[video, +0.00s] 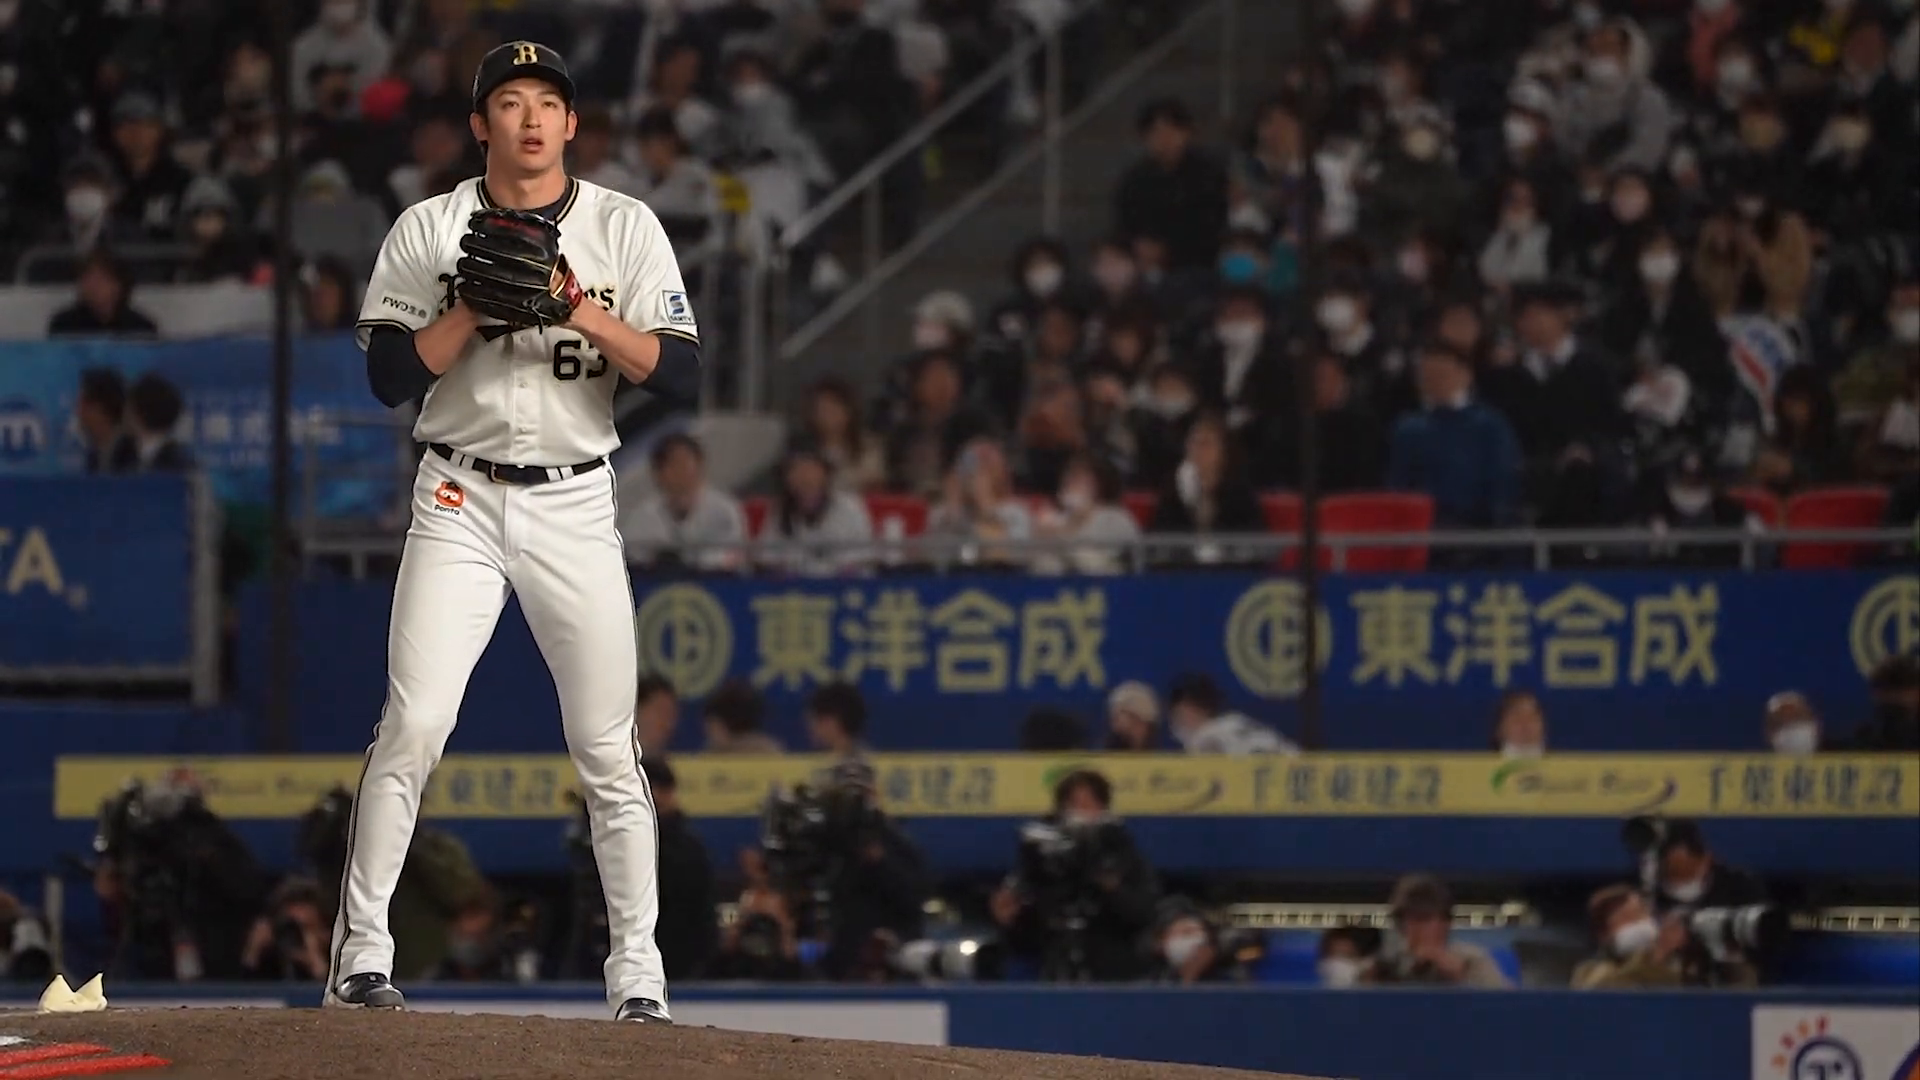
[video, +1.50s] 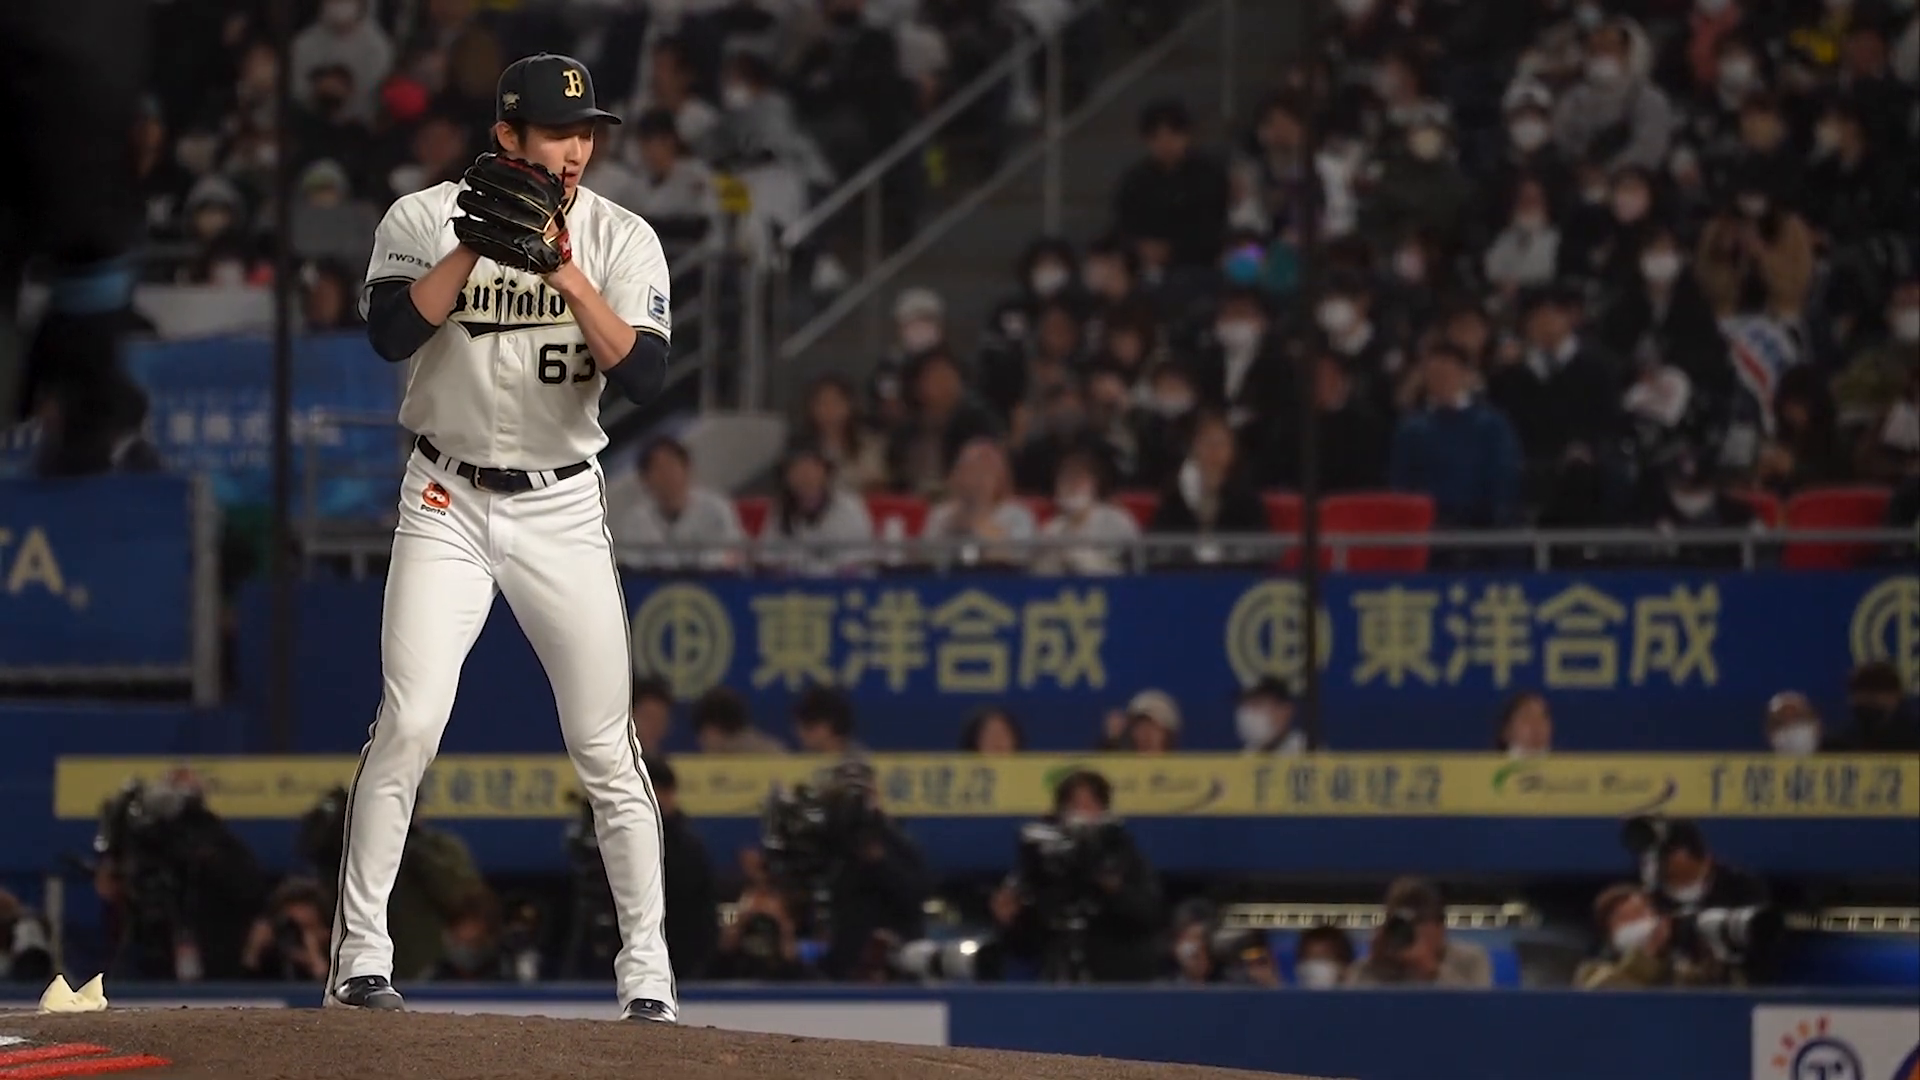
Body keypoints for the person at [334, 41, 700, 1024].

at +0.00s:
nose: (530, 120)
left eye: (546, 106)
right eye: (511, 106)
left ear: (570, 125)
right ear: (481, 125)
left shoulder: (626, 225)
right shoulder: (426, 230)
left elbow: (675, 369)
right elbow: (388, 379)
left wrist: (581, 311)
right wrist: (476, 306)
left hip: (576, 508)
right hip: (457, 498)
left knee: (608, 750)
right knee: (414, 722)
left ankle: (637, 980)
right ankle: (361, 952)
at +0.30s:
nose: (488, 109)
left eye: (502, 95)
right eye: (467, 95)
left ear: (523, 112)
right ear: (432, 113)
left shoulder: (567, 207)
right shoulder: (383, 203)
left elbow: (605, 308)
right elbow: (351, 302)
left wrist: (543, 289)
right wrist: (432, 277)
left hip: (523, 496)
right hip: (404, 491)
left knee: (584, 736)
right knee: (387, 719)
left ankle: (638, 967)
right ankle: (358, 958)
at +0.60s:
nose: (486, 123)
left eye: (501, 105)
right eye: (465, 107)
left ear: (524, 121)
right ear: (430, 126)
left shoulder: (571, 213)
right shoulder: (383, 211)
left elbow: (584, 284)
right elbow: (377, 258)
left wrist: (546, 283)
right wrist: (429, 267)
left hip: (530, 504)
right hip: (412, 500)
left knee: (586, 741)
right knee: (392, 724)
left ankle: (646, 970)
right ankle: (356, 961)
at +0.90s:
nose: (524, 133)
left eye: (539, 116)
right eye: (504, 116)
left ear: (561, 129)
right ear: (468, 130)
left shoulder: (610, 231)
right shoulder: (418, 229)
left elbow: (647, 346)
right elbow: (383, 338)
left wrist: (557, 274)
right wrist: (466, 267)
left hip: (566, 515)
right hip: (446, 507)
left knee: (605, 749)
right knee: (411, 720)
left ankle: (647, 973)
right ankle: (361, 952)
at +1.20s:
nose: (549, 152)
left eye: (563, 134)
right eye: (532, 132)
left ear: (582, 140)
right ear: (489, 134)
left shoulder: (615, 243)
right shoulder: (419, 223)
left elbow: (645, 380)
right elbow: (376, 337)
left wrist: (566, 280)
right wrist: (469, 251)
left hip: (554, 518)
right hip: (433, 508)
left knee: (598, 749)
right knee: (399, 721)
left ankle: (646, 975)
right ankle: (358, 959)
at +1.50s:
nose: (569, 153)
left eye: (583, 137)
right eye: (552, 134)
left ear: (597, 141)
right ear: (506, 132)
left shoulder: (623, 239)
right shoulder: (427, 217)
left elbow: (646, 384)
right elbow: (388, 337)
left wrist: (566, 273)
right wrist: (478, 243)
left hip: (563, 513)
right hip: (443, 503)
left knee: (603, 749)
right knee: (408, 724)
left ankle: (647, 975)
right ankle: (359, 960)